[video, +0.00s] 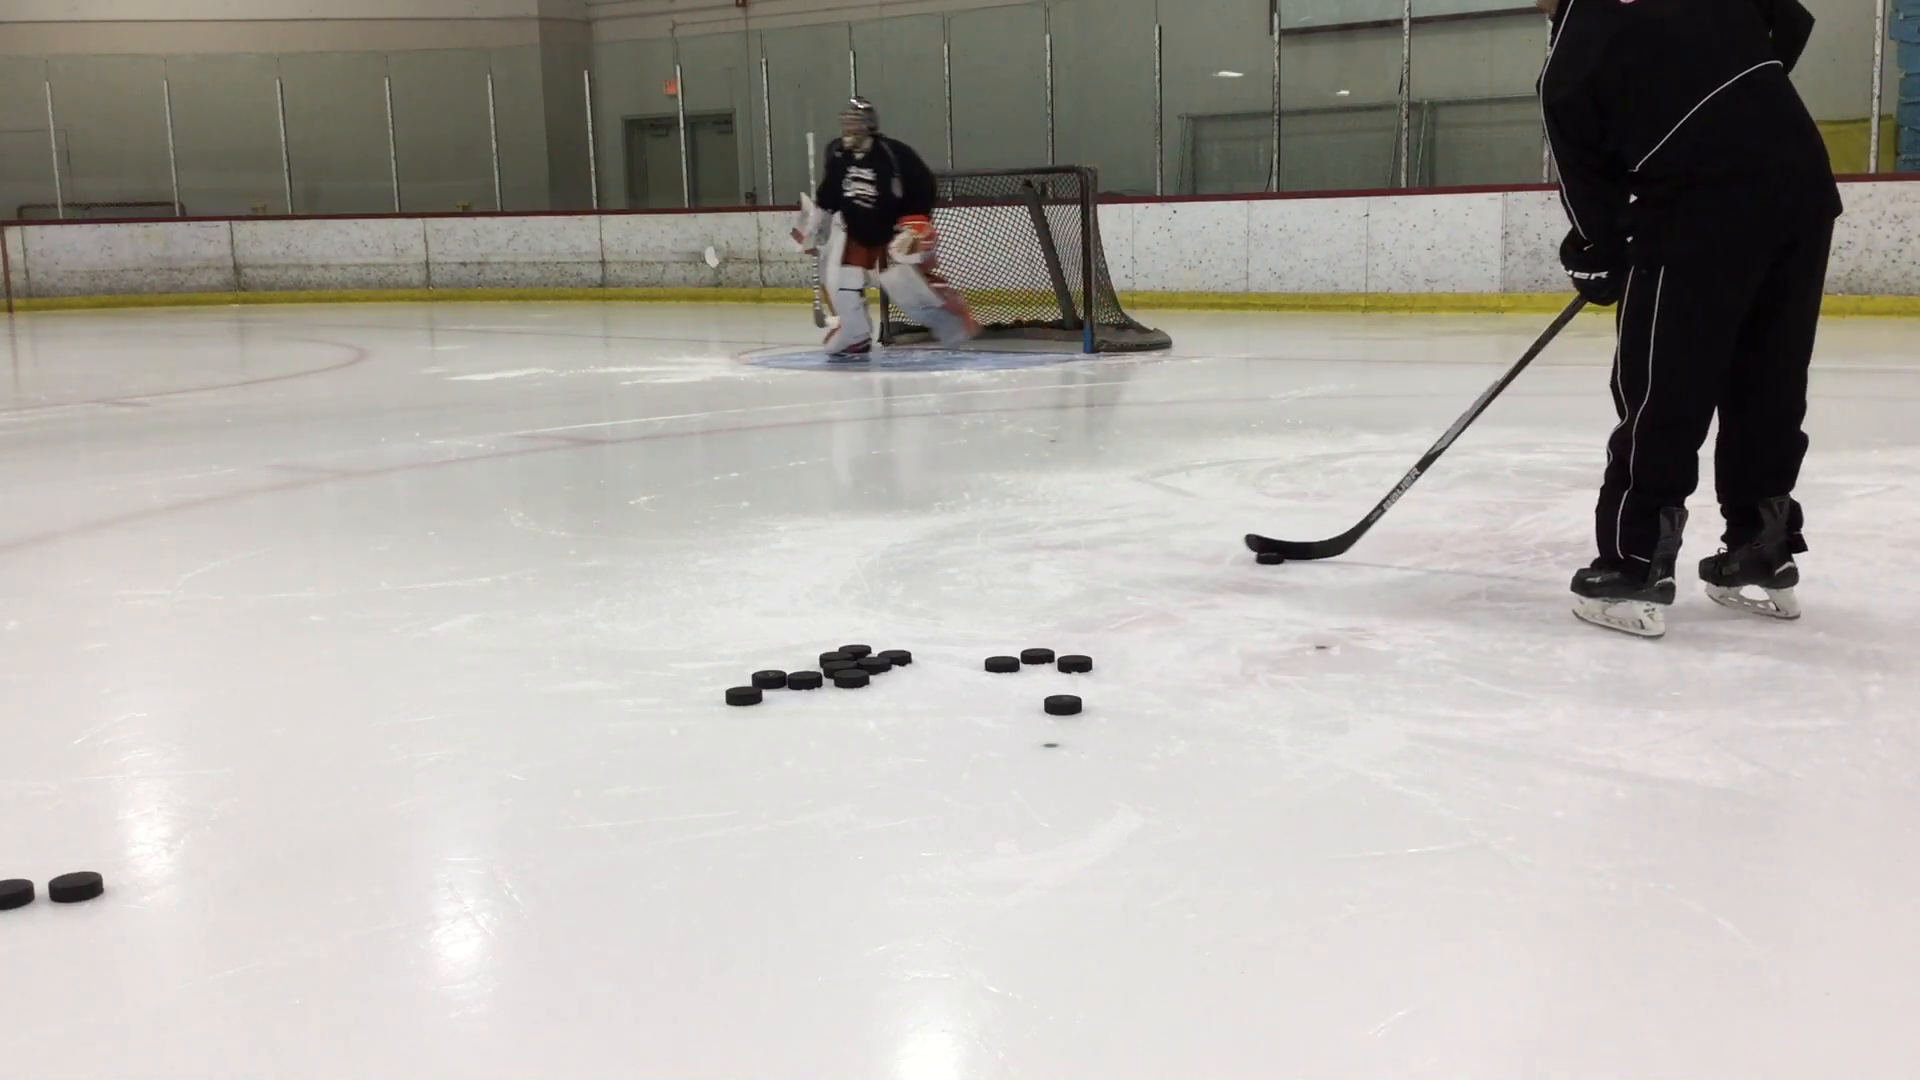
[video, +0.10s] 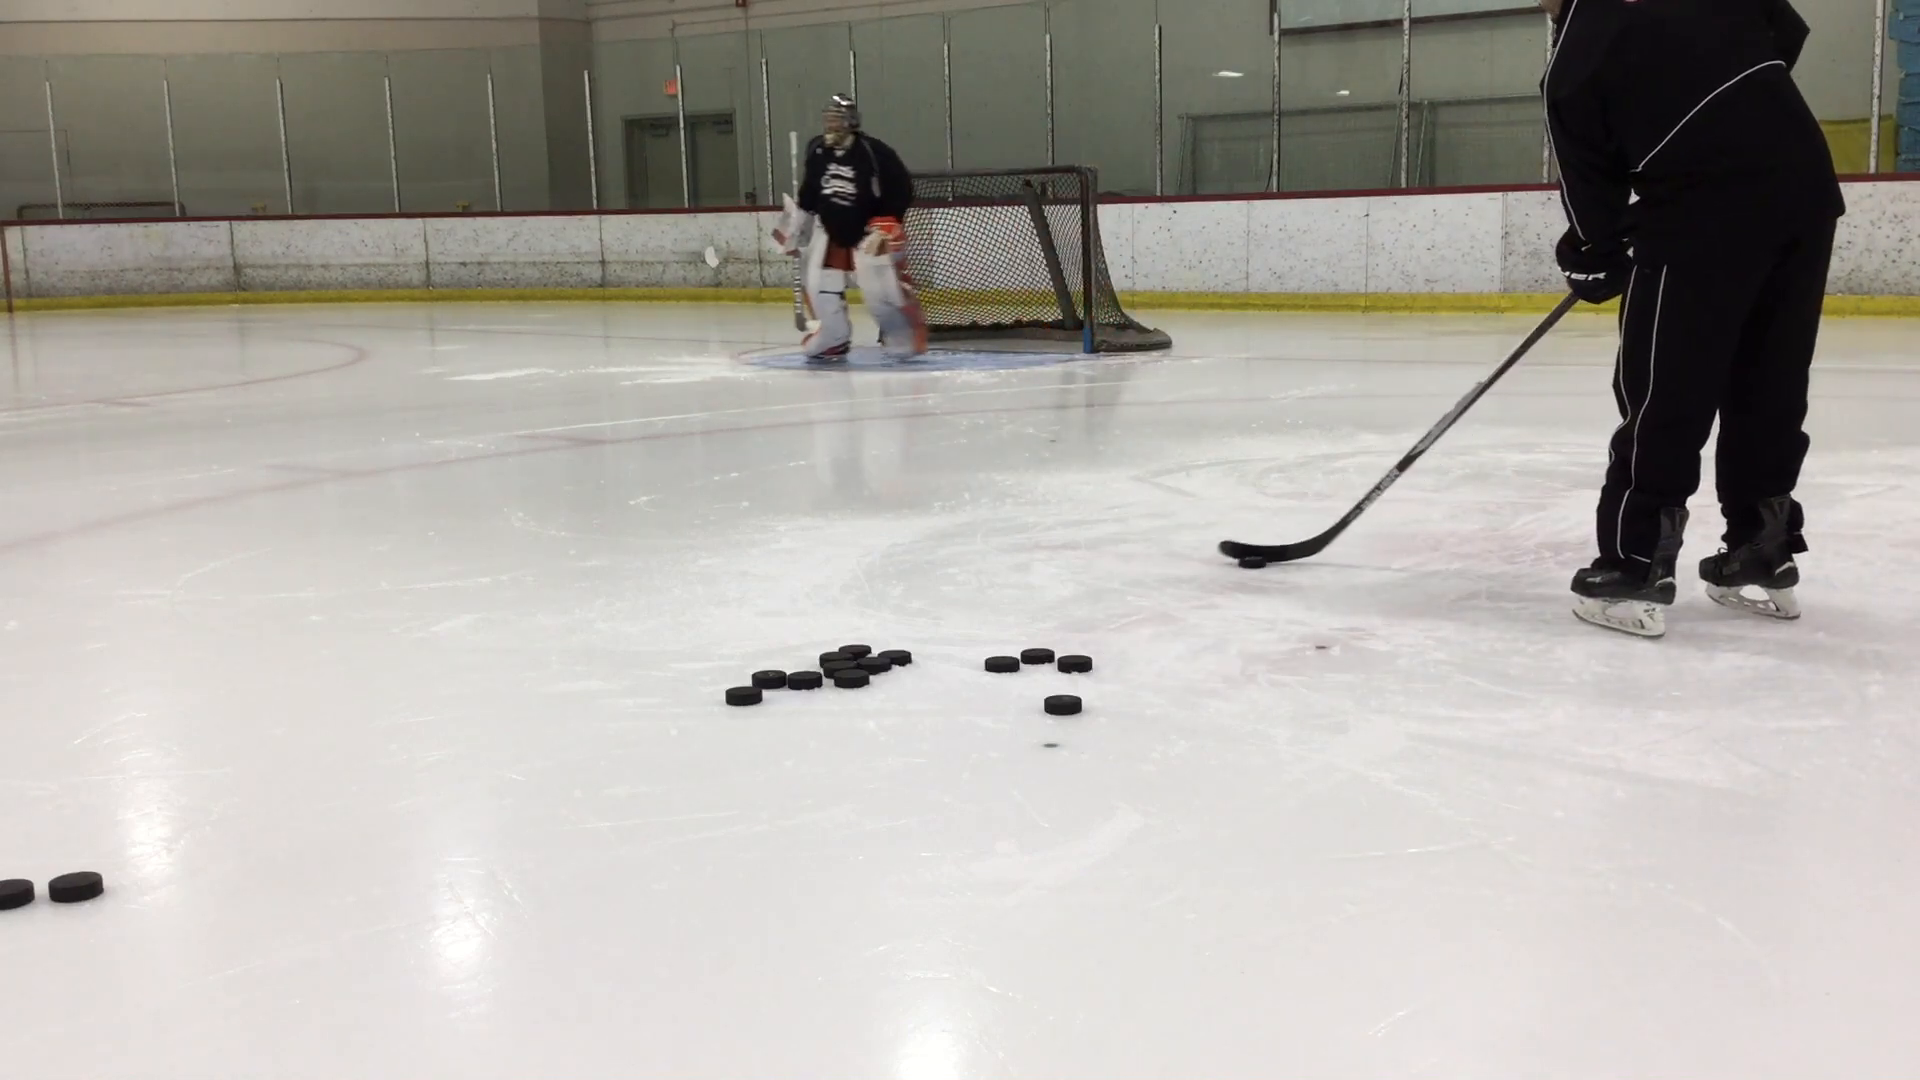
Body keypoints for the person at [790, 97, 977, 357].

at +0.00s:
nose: (849, 131)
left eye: (854, 125)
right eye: (846, 125)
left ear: (869, 127)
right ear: (842, 126)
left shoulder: (894, 154)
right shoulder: (837, 152)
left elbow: (924, 187)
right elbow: (830, 189)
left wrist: (913, 229)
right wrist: (815, 223)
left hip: (890, 237)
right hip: (854, 234)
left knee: (908, 294)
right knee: (841, 286)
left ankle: (954, 329)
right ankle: (855, 338)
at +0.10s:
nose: (831, 125)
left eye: (837, 119)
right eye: (828, 119)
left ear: (851, 122)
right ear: (824, 121)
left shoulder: (875, 153)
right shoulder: (818, 149)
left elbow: (901, 192)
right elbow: (810, 191)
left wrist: (884, 231)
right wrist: (796, 228)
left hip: (869, 238)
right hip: (830, 234)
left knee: (878, 295)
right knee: (822, 289)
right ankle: (833, 341)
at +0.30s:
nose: (796, 121)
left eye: (803, 116)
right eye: (793, 115)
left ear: (818, 119)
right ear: (789, 117)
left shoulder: (840, 150)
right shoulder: (781, 148)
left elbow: (858, 195)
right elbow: (771, 193)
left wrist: (829, 227)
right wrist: (756, 229)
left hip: (823, 237)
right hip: (787, 232)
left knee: (823, 292)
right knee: (778, 287)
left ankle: (850, 345)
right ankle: (782, 343)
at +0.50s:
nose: (756, 119)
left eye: (763, 114)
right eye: (753, 114)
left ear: (777, 118)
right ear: (749, 115)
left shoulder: (796, 149)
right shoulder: (740, 147)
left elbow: (817, 194)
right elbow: (729, 193)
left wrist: (788, 227)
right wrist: (711, 228)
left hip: (780, 238)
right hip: (743, 234)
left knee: (784, 296)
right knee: (734, 290)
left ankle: (816, 349)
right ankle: (730, 345)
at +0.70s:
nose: (709, 125)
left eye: (715, 119)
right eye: (705, 119)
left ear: (730, 122)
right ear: (700, 122)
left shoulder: (755, 154)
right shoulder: (693, 155)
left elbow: (781, 194)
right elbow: (678, 201)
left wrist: (763, 223)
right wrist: (655, 239)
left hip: (743, 240)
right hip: (705, 237)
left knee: (751, 296)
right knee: (685, 288)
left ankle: (787, 351)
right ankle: (671, 351)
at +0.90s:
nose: (667, 141)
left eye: (674, 135)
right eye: (664, 136)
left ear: (689, 136)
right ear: (660, 137)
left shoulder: (719, 162)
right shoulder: (653, 168)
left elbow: (749, 202)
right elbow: (633, 216)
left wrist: (732, 233)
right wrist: (610, 257)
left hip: (710, 247)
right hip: (670, 249)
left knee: (726, 304)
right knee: (654, 304)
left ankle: (755, 359)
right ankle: (633, 362)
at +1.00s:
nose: (659, 149)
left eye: (665, 144)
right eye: (655, 144)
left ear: (680, 145)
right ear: (650, 147)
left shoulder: (710, 170)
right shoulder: (643, 176)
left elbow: (741, 205)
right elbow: (622, 224)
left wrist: (728, 234)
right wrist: (598, 267)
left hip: (702, 250)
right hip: (661, 253)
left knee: (715, 306)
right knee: (646, 307)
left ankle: (741, 362)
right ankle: (621, 366)